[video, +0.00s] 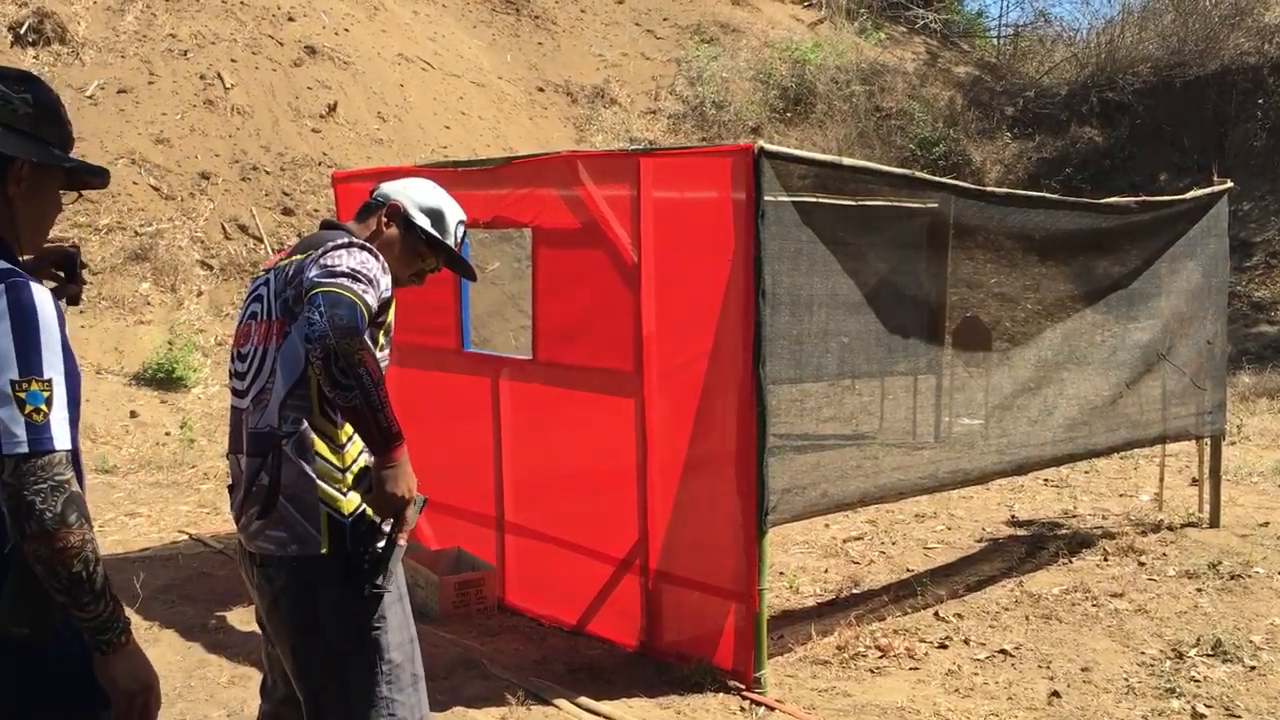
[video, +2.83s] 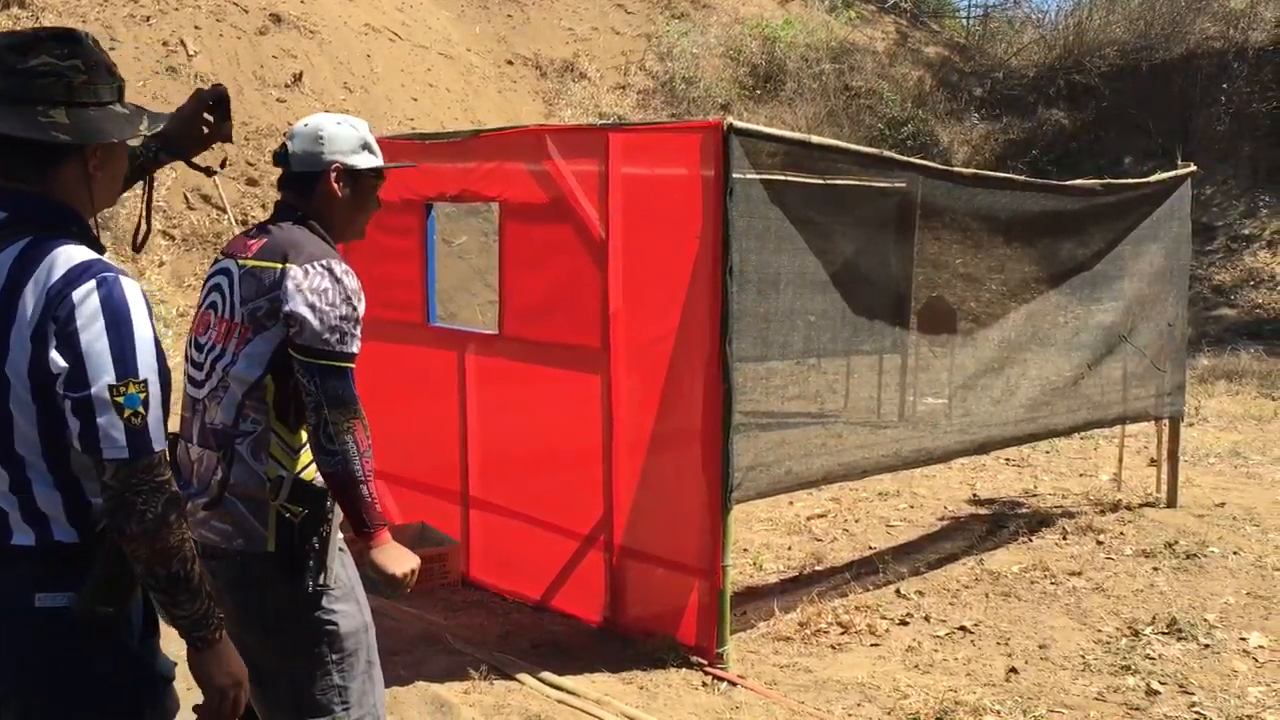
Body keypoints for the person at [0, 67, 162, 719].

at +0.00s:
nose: (62, 205)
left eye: (63, 188)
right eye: (58, 186)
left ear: (18, 183)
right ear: (19, 182)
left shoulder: (21, 292)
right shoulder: (21, 298)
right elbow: (40, 491)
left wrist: (20, 276)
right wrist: (113, 638)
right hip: (33, 639)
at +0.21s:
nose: (73, 206)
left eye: (75, 185)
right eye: (67, 182)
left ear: (22, 178)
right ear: (24, 176)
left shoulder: (17, 286)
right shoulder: (27, 295)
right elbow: (55, 496)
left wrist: (34, 276)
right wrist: (126, 640)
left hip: (17, 635)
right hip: (37, 644)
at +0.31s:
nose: (87, 206)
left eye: (89, 187)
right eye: (83, 184)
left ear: (34, 178)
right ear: (40, 176)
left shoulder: (19, 287)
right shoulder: (37, 296)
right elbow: (70, 500)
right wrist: (139, 641)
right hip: (39, 642)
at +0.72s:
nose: (167, 212)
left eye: (173, 195)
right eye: (168, 191)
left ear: (50, 162)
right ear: (126, 182)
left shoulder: (7, 255)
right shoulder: (115, 314)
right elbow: (149, 529)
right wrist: (207, 658)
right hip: (84, 638)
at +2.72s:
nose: (138, 164)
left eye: (141, 147)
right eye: (135, 148)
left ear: (14, 149)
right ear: (99, 160)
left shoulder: (11, 258)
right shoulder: (98, 293)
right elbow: (141, 507)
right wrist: (201, 641)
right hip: (76, 618)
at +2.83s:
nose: (131, 158)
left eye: (134, 143)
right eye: (124, 144)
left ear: (12, 147)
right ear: (87, 159)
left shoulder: (7, 247)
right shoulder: (91, 292)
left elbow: (70, 194)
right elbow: (141, 503)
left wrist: (164, 146)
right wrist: (208, 637)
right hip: (76, 611)